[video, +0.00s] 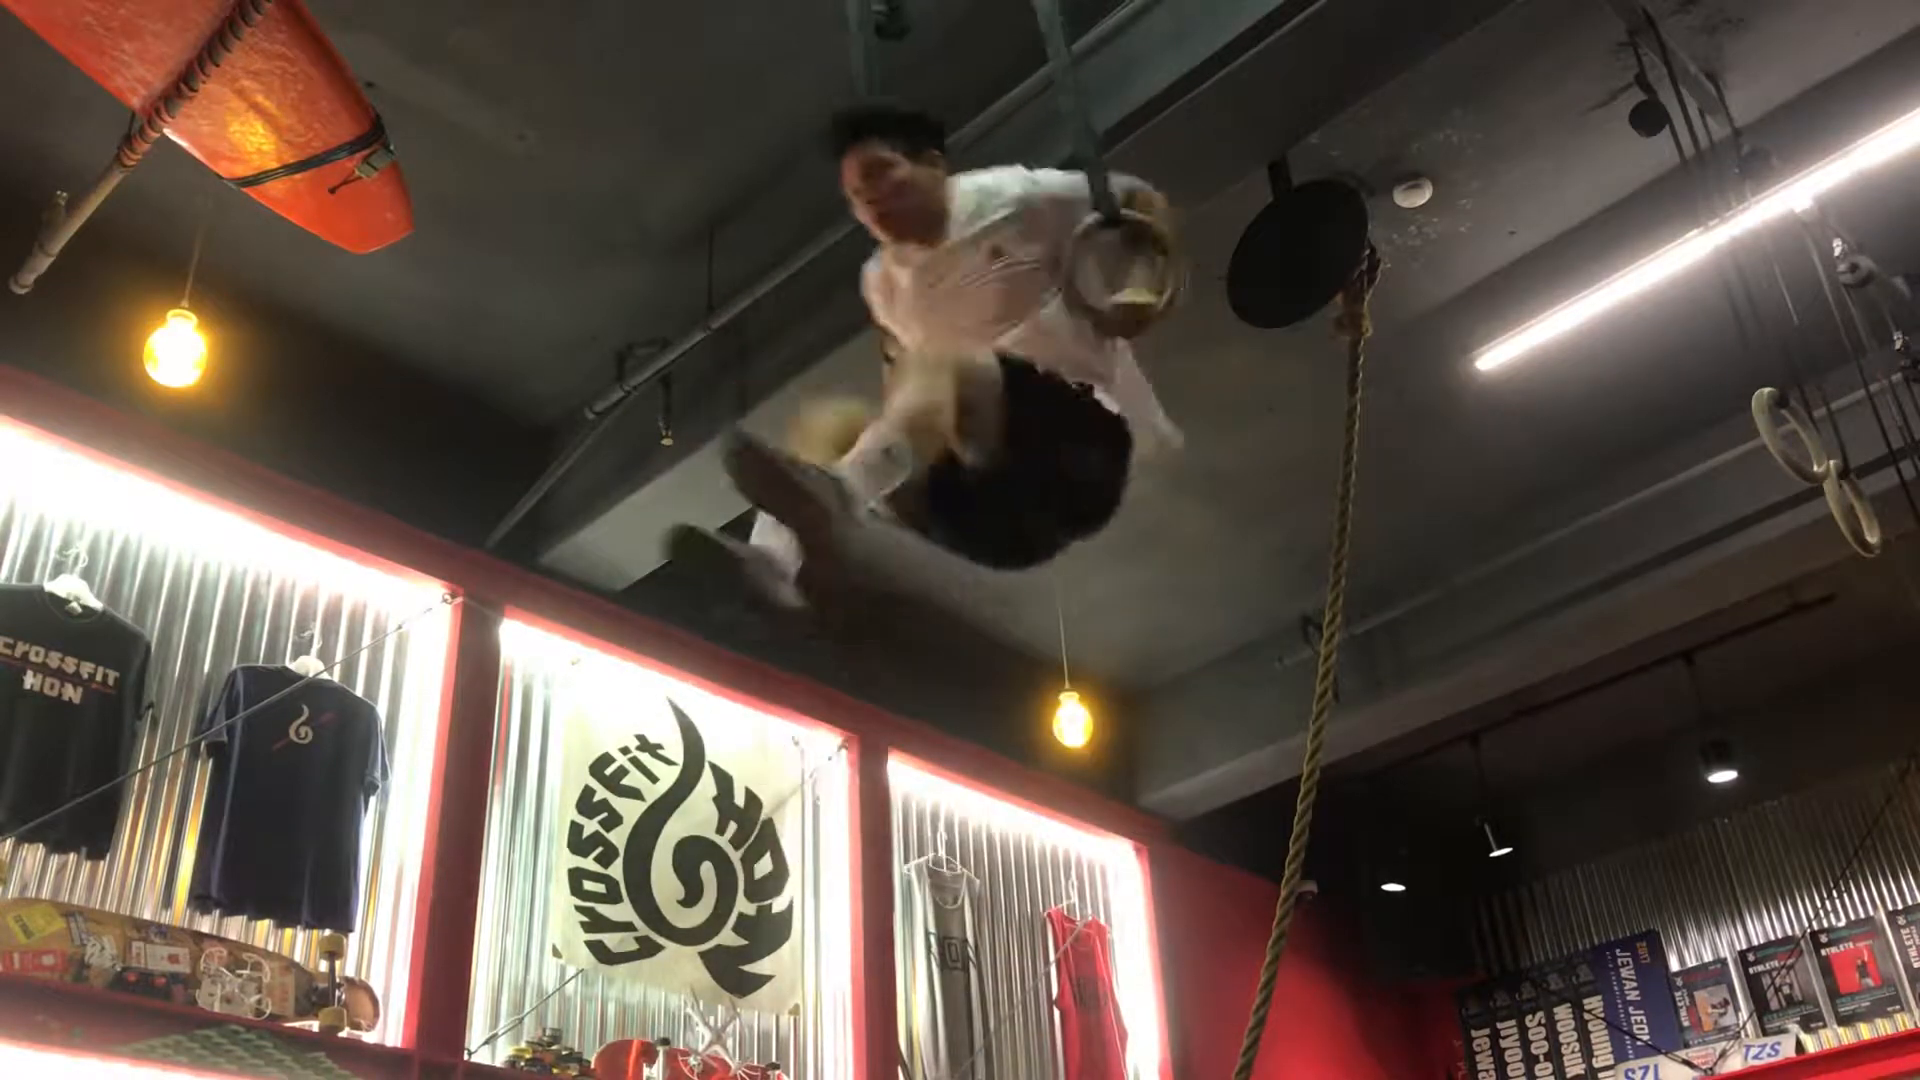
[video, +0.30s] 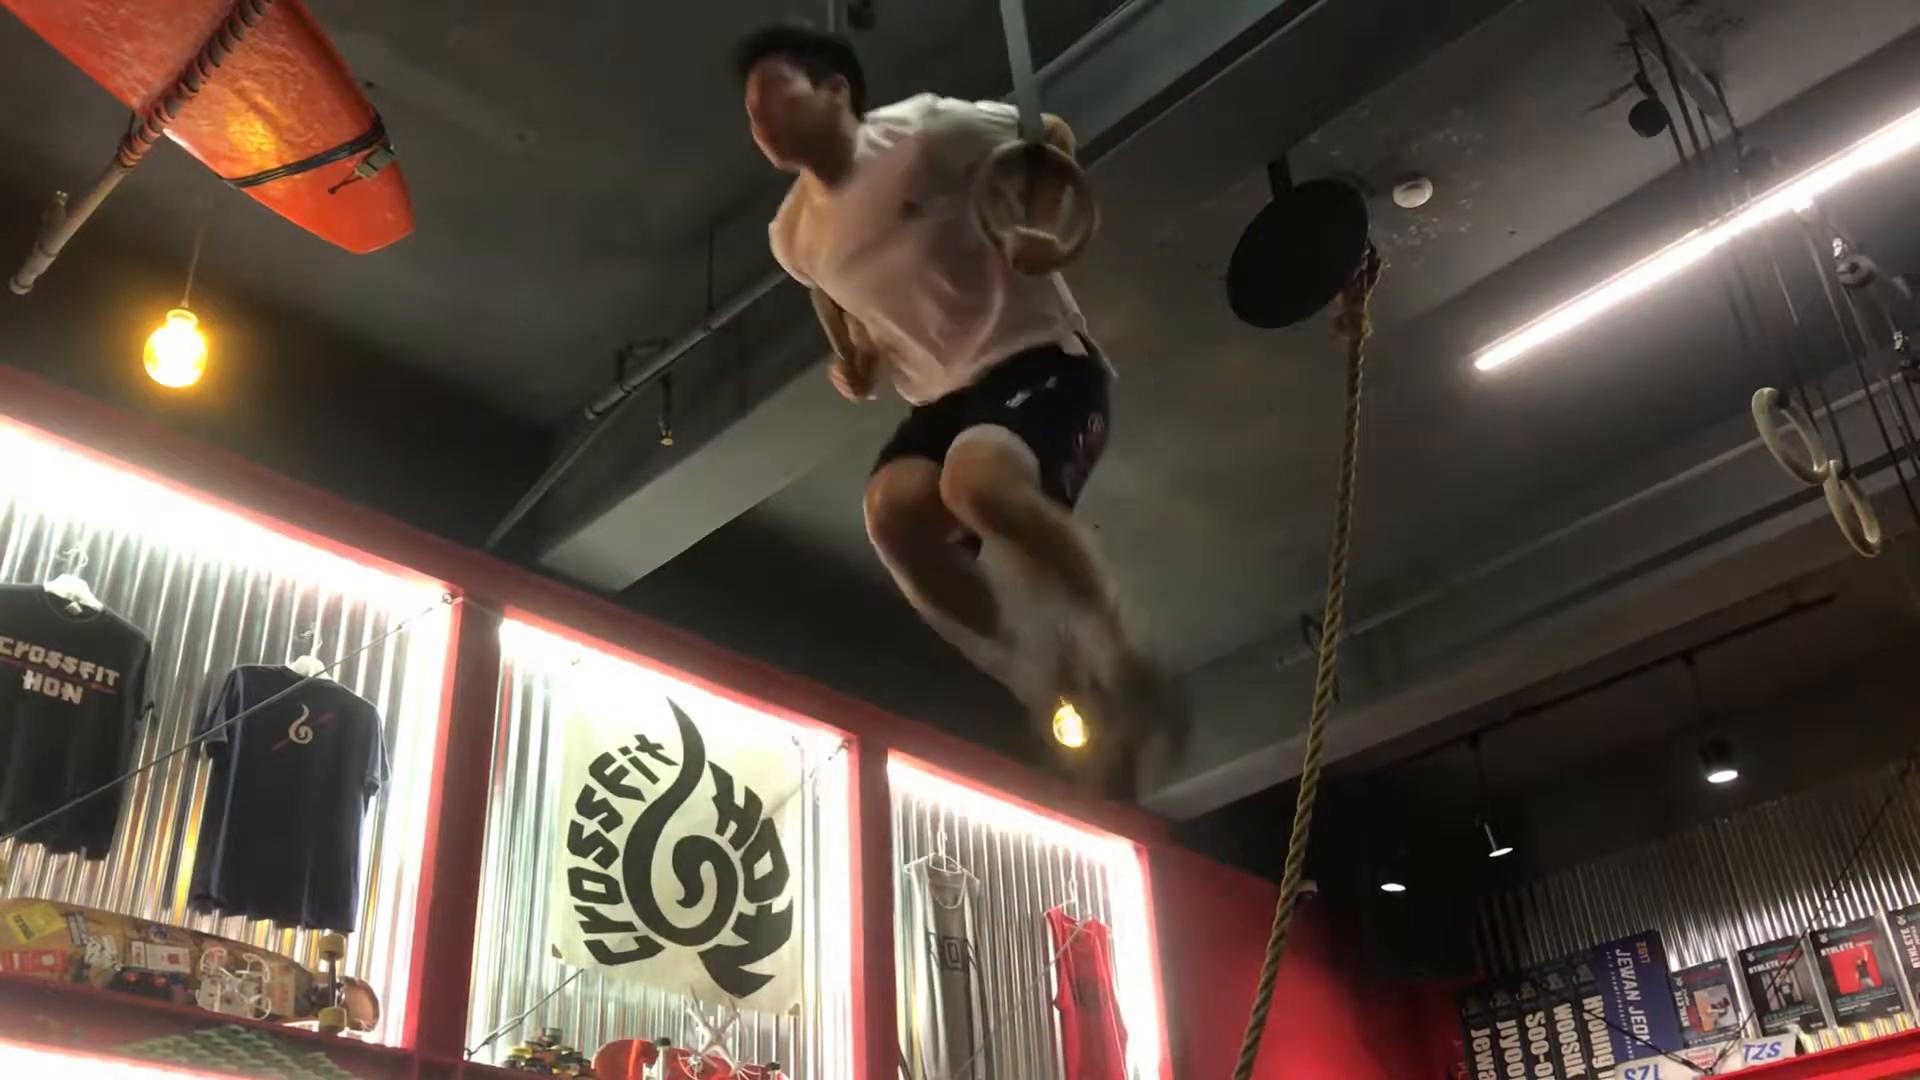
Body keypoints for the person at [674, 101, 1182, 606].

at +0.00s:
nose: (872, 203)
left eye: (883, 177)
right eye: (856, 197)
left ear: (934, 162)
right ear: (854, 214)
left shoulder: (1018, 200)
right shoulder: (881, 283)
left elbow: (1138, 201)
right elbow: (910, 367)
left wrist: (1149, 290)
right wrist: (902, 432)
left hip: (1087, 459)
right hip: (993, 503)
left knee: (939, 375)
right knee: (826, 431)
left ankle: (850, 490)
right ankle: (772, 571)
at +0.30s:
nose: (758, 117)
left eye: (775, 92)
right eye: (750, 105)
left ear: (836, 92)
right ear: (756, 130)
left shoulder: (924, 130)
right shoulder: (791, 235)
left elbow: (1055, 152)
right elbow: (838, 304)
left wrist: (1063, 235)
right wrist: (852, 362)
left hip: (1041, 362)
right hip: (942, 410)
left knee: (977, 480)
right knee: (890, 513)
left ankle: (1124, 669)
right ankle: (1048, 692)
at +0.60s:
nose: (775, 8)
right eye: (765, 5)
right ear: (767, 23)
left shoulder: (916, 30)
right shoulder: (783, 128)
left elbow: (1022, 119)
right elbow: (821, 253)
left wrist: (1015, 207)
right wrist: (816, 339)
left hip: (1029, 266)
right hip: (926, 311)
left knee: (951, 303)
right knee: (873, 333)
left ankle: (1082, 514)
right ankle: (1001, 543)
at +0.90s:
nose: (880, 71)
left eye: (890, 48)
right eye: (865, 62)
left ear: (940, 35)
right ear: (861, 75)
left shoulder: (999, 83)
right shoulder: (877, 174)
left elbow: (1099, 175)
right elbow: (871, 290)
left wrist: (1053, 229)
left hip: (1042, 348)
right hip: (947, 395)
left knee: (923, 305)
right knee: (833, 316)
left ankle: (830, 425)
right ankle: (772, 500)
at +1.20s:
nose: (1031, 444)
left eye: (1047, 424)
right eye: (1022, 434)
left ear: (1097, 427)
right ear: (1019, 449)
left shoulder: (1144, 483)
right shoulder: (1014, 538)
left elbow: (1206, 422)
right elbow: (897, 575)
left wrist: (1149, 327)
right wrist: (915, 469)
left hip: (1032, 657)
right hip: (959, 705)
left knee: (846, 570)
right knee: (771, 626)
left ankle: (654, 565)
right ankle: (558, 693)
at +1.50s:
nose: (913, 519)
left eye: (933, 508)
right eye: (903, 509)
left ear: (974, 526)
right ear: (892, 534)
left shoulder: (1014, 583)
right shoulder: (885, 622)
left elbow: (1007, 418)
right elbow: (868, 492)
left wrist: (996, 312)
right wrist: (874, 382)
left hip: (1004, 921)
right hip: (903, 937)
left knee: (994, 1063)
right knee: (862, 1065)